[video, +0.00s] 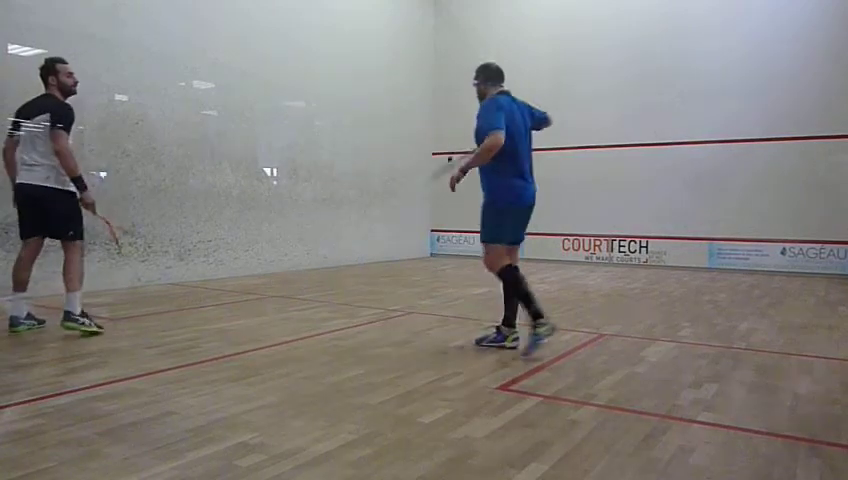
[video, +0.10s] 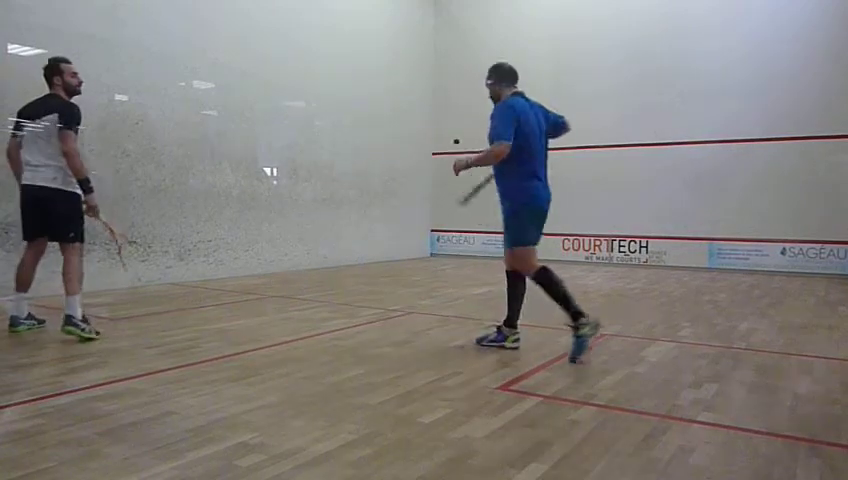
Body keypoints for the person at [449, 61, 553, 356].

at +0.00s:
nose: (474, 90)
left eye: (476, 85)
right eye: (475, 85)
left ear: (483, 84)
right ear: (501, 83)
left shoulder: (491, 106)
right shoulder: (518, 104)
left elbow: (495, 140)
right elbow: (544, 120)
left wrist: (464, 167)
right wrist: (515, 123)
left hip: (502, 194)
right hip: (524, 193)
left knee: (494, 260)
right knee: (509, 259)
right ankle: (508, 328)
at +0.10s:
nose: (488, 91)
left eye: (490, 86)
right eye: (488, 85)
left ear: (498, 84)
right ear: (514, 83)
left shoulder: (505, 109)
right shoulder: (531, 106)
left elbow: (500, 150)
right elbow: (561, 126)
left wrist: (468, 162)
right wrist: (528, 137)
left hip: (522, 199)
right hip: (533, 196)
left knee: (526, 263)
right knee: (514, 263)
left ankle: (581, 321)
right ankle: (509, 329)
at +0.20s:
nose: (498, 93)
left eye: (499, 88)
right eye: (498, 87)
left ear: (509, 87)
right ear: (525, 85)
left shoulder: (517, 113)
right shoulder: (545, 109)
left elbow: (503, 159)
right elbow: (576, 136)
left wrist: (472, 158)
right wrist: (547, 160)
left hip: (543, 201)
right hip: (545, 198)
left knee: (559, 266)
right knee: (523, 260)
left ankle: (601, 333)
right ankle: (511, 329)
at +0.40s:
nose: (515, 109)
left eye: (514, 103)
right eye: (512, 104)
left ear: (524, 95)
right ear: (534, 92)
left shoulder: (548, 111)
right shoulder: (562, 109)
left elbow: (548, 152)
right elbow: (594, 147)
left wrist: (512, 159)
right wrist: (579, 181)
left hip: (582, 203)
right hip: (573, 203)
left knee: (593, 267)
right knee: (553, 260)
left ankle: (612, 342)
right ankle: (539, 329)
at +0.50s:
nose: (522, 108)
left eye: (522, 101)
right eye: (520, 103)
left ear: (535, 93)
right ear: (537, 92)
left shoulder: (560, 109)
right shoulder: (561, 110)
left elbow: (571, 147)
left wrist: (536, 180)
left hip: (594, 201)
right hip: (577, 202)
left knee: (597, 264)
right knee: (564, 259)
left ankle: (611, 342)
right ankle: (579, 329)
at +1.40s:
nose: (531, 102)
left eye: (532, 95)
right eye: (529, 96)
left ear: (548, 90)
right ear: (547, 92)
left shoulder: (577, 110)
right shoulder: (559, 122)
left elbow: (572, 157)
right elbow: (562, 168)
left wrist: (535, 193)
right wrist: (531, 189)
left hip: (605, 204)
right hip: (582, 205)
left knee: (609, 265)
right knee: (567, 259)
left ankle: (622, 343)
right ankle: (591, 330)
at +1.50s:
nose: (526, 103)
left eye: (529, 95)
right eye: (525, 96)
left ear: (544, 92)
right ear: (545, 93)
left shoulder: (567, 113)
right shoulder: (555, 121)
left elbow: (551, 162)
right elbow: (549, 172)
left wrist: (518, 193)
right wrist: (514, 179)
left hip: (603, 202)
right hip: (580, 203)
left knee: (607, 265)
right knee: (560, 258)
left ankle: (621, 343)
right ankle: (570, 330)